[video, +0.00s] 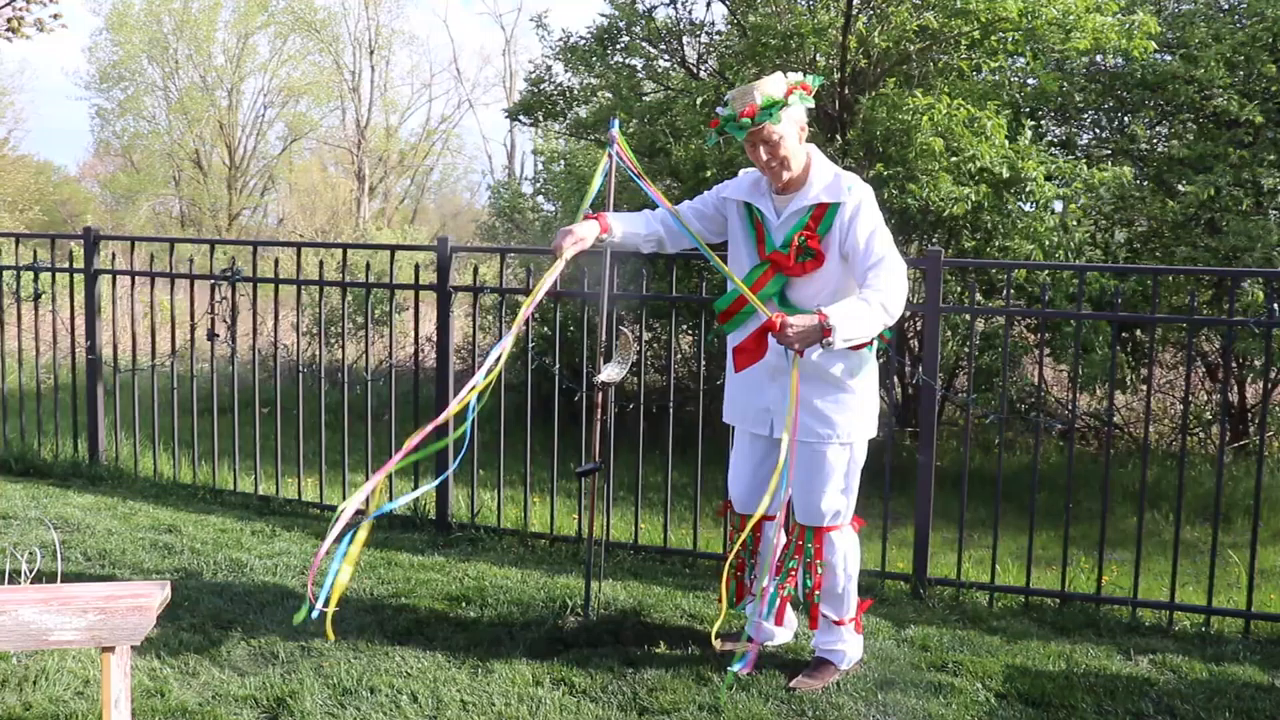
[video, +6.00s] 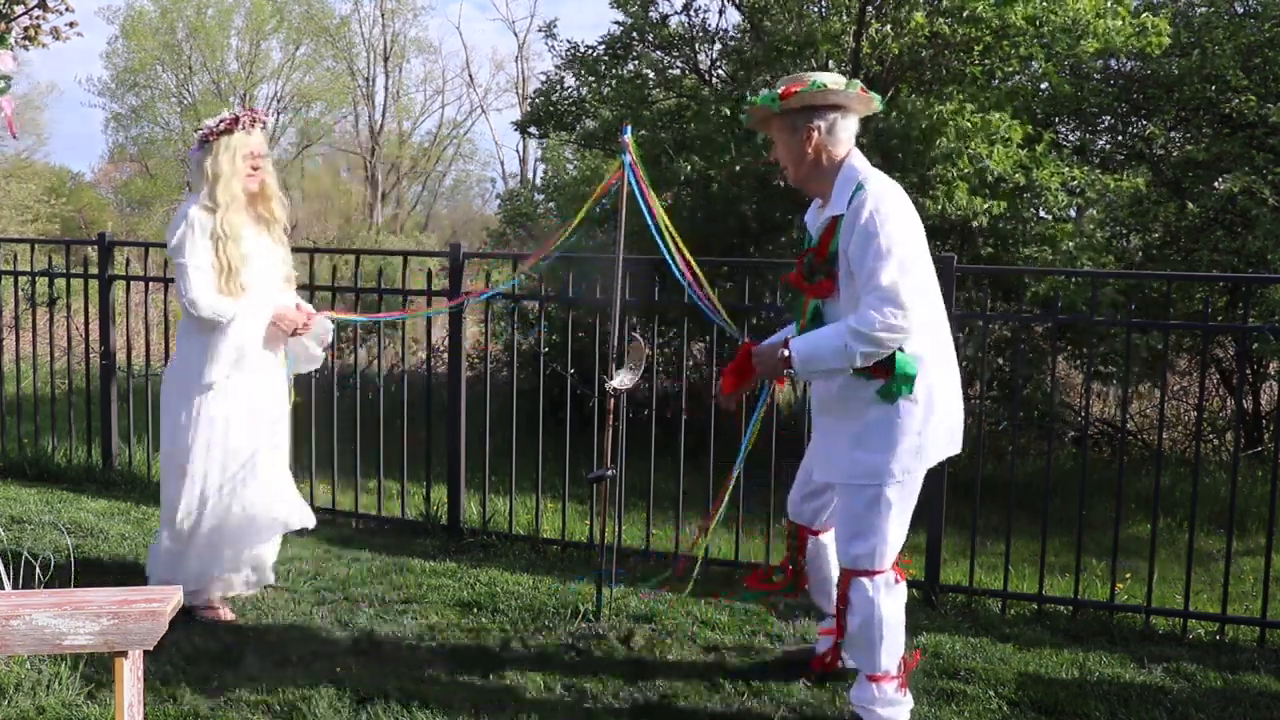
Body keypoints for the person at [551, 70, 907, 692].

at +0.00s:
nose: (763, 155)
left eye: (774, 140)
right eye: (752, 143)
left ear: (804, 129)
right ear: (744, 143)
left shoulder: (850, 198)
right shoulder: (738, 194)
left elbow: (889, 287)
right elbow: (668, 225)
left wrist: (825, 323)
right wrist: (598, 227)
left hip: (833, 389)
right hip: (756, 382)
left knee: (826, 518)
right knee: (756, 508)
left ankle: (836, 647)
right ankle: (765, 630)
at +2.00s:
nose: (775, 158)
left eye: (785, 143)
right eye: (766, 146)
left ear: (821, 134)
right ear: (761, 146)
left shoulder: (871, 206)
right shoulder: (758, 202)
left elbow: (914, 293)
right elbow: (689, 237)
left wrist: (856, 332)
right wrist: (619, 246)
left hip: (850, 396)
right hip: (774, 389)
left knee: (843, 526)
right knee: (770, 512)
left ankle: (848, 656)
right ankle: (779, 635)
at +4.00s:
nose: (749, 162)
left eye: (755, 149)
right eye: (745, 151)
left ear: (796, 142)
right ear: (761, 149)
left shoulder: (863, 205)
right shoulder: (745, 204)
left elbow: (911, 292)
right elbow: (664, 227)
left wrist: (860, 337)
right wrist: (576, 231)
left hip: (849, 389)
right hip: (774, 385)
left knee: (844, 518)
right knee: (767, 508)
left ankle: (851, 655)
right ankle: (780, 633)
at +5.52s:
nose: (719, 167)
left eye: (724, 153)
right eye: (716, 155)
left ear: (764, 144)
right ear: (752, 148)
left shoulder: (835, 206)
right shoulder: (747, 216)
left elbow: (882, 304)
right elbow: (696, 286)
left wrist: (818, 358)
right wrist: (617, 311)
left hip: (843, 379)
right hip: (777, 376)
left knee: (811, 513)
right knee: (767, 506)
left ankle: (874, 666)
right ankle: (801, 642)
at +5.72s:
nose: (732, 166)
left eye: (737, 151)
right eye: (729, 153)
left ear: (776, 147)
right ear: (774, 150)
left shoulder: (850, 215)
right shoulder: (767, 223)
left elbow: (881, 322)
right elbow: (746, 311)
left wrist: (803, 368)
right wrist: (681, 358)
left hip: (855, 400)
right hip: (795, 396)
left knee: (846, 537)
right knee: (776, 517)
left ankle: (878, 692)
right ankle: (797, 635)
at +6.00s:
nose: (773, 158)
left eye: (776, 142)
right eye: (770, 144)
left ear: (815, 139)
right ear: (817, 140)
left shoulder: (877, 205)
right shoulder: (830, 213)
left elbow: (886, 325)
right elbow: (828, 319)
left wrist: (792, 355)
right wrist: (769, 352)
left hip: (893, 412)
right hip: (846, 408)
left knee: (867, 557)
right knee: (811, 518)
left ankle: (882, 703)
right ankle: (841, 642)